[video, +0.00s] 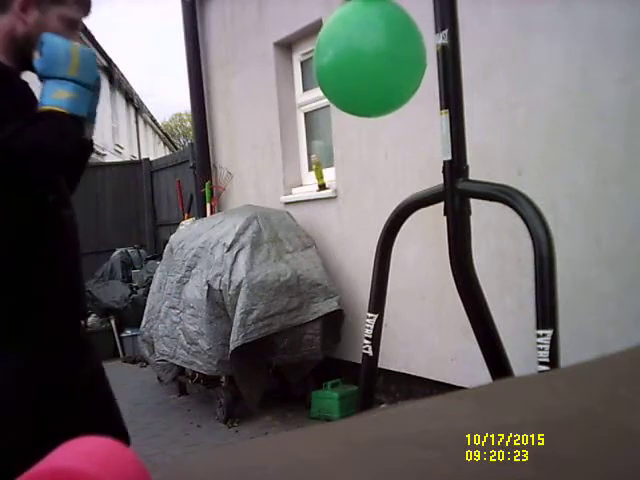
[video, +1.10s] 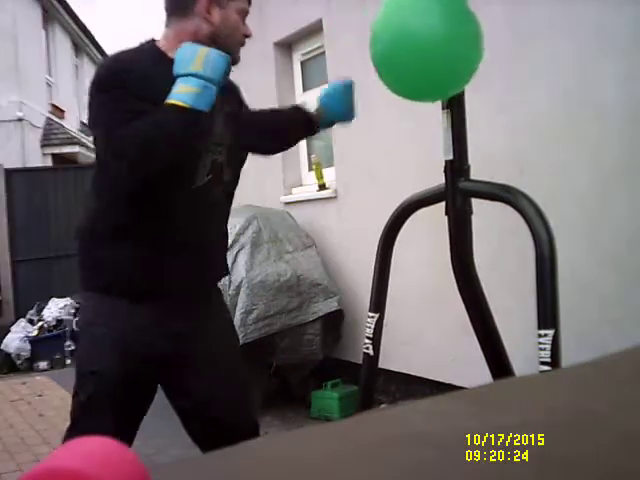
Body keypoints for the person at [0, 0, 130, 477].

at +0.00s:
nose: (78, 39)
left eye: (80, 26)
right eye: (71, 22)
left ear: (25, 14)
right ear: (23, 11)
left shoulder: (19, 89)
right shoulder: (4, 88)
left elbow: (52, 190)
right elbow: (31, 194)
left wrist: (75, 98)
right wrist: (66, 95)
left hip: (47, 323)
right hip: (25, 329)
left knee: (97, 453)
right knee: (95, 454)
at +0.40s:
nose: (101, 40)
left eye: (106, 27)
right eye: (98, 25)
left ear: (52, 17)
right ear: (61, 16)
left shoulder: (22, 82)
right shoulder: (17, 85)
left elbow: (89, 166)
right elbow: (91, 165)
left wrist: (105, 73)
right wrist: (109, 68)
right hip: (41, 329)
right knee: (133, 443)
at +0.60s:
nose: (161, 38)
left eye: (162, 25)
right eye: (157, 22)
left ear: (117, 17)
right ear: (118, 15)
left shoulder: (110, 87)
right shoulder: (24, 81)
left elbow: (143, 126)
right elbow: (95, 172)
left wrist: (190, 95)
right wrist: (140, 89)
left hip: (111, 311)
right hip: (35, 322)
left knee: (172, 449)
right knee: (70, 466)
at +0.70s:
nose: (171, 40)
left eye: (173, 29)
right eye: (167, 25)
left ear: (132, 19)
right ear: (131, 15)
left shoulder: (132, 93)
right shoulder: (43, 79)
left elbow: (182, 137)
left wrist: (253, 119)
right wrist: (146, 90)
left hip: (130, 304)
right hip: (61, 312)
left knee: (206, 425)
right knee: (81, 463)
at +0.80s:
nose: (191, 41)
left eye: (191, 28)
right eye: (186, 25)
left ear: (149, 20)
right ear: (148, 17)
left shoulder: (145, 96)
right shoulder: (66, 88)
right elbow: (113, 192)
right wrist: (169, 99)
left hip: (163, 316)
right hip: (94, 324)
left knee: (244, 449)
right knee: (84, 470)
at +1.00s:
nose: (242, 22)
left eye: (240, 9)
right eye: (235, 8)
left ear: (199, 11)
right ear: (199, 7)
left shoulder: (211, 88)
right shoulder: (111, 76)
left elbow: (241, 109)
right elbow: (121, 171)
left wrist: (302, 98)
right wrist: (186, 96)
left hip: (190, 304)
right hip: (110, 304)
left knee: (237, 453)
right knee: (81, 456)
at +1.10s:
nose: (249, 31)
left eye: (248, 17)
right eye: (243, 14)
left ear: (207, 13)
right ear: (207, 10)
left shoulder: (222, 92)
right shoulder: (123, 73)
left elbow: (255, 132)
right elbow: (129, 162)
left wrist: (316, 113)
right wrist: (190, 88)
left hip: (195, 300)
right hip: (123, 302)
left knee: (238, 447)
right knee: (92, 454)